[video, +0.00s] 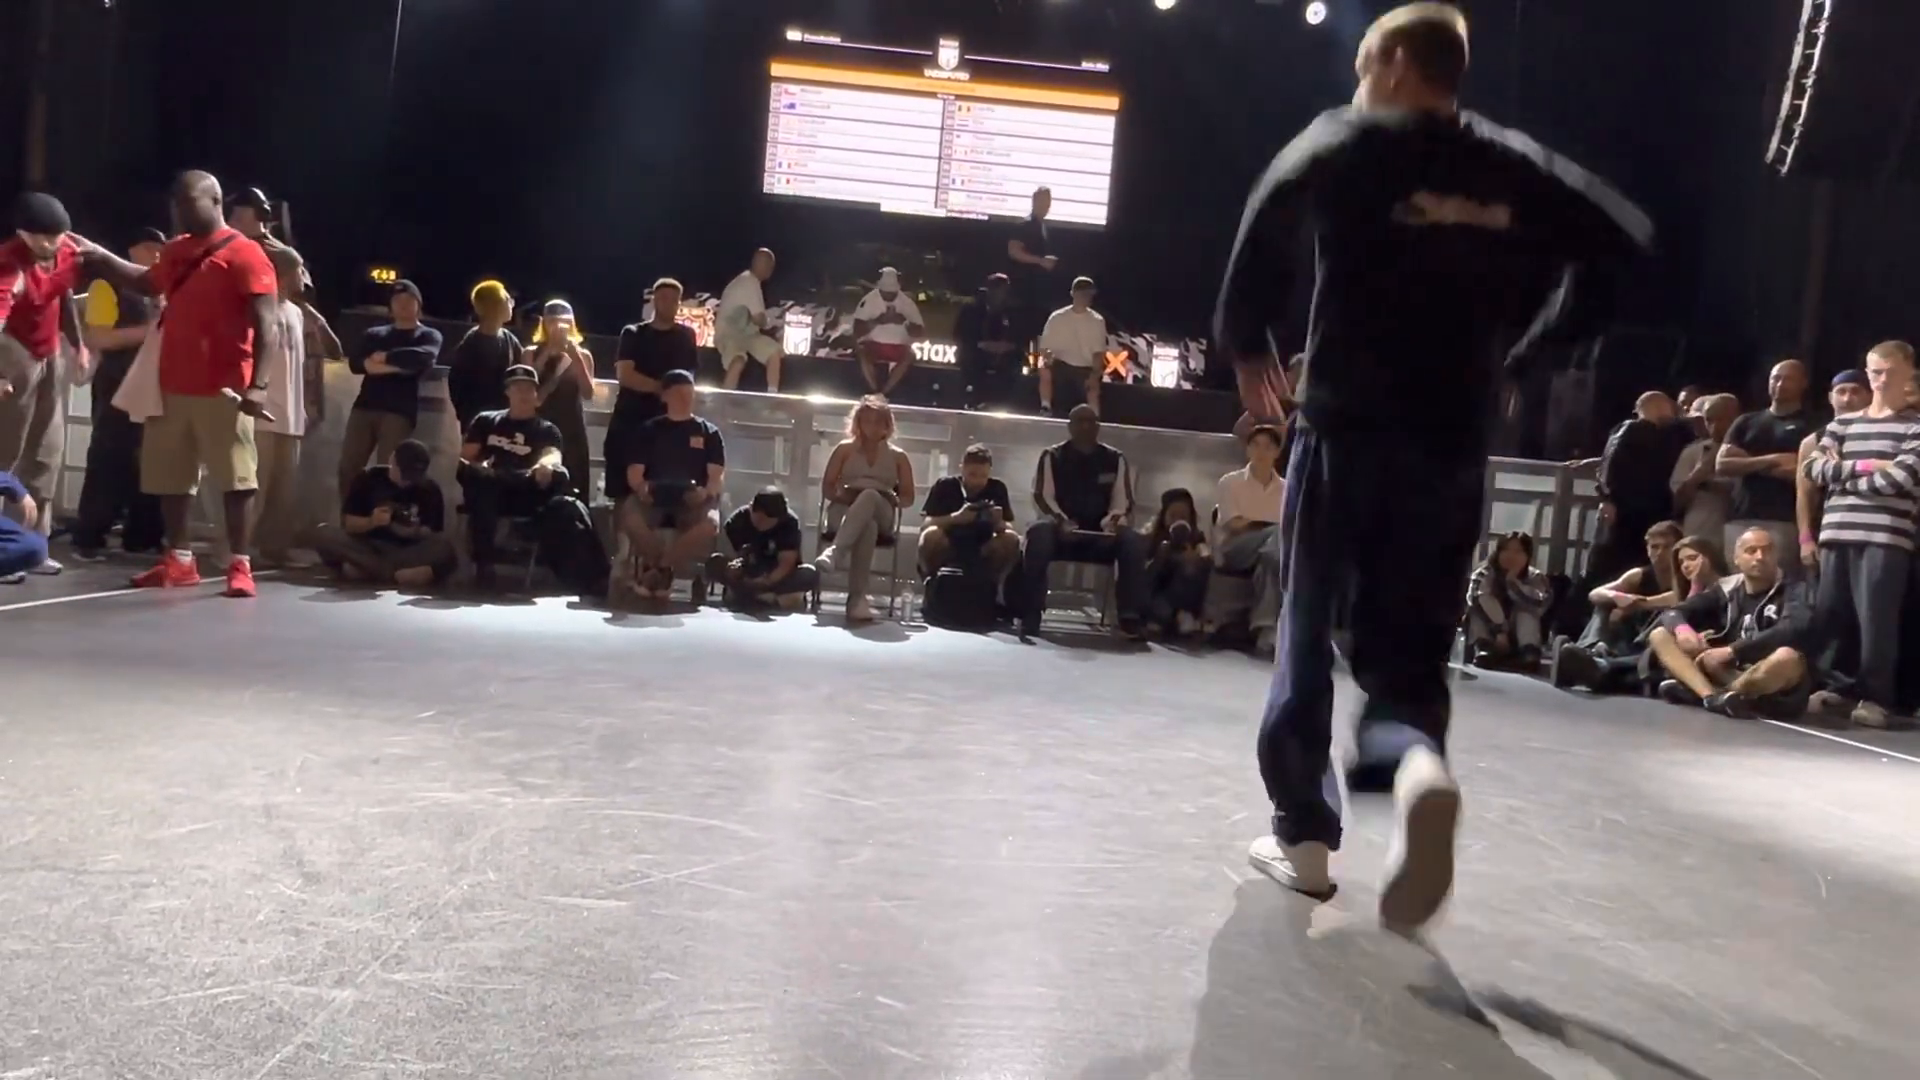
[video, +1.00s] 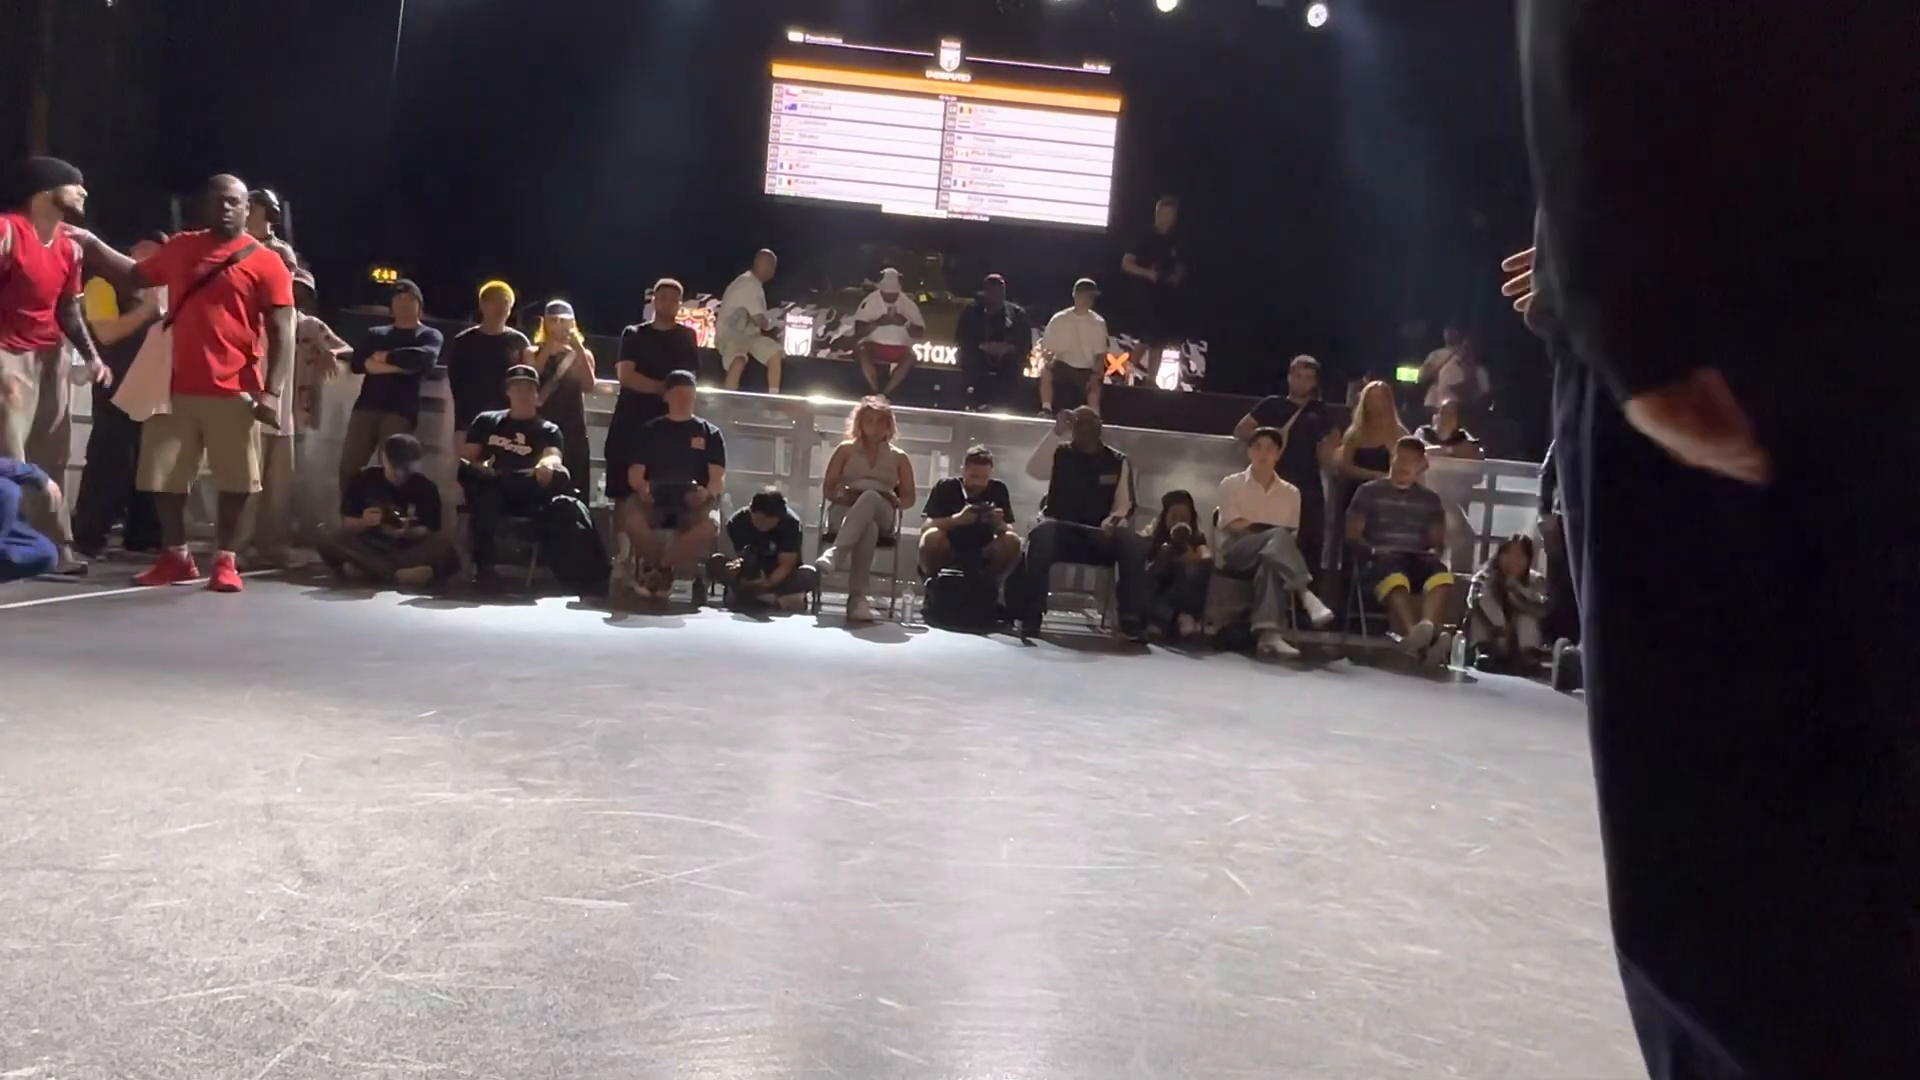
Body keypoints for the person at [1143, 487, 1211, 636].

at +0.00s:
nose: (1178, 521)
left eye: (1183, 516)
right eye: (1172, 515)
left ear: (1192, 516)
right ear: (1163, 516)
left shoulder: (1197, 539)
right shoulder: (1151, 540)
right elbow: (1147, 572)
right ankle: (1182, 615)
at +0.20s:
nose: (1178, 522)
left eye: (1183, 516)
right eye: (1173, 516)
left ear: (1191, 517)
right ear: (1163, 516)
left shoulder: (1197, 538)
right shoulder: (1152, 539)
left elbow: (1207, 562)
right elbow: (1147, 572)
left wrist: (1190, 551)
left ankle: (1192, 615)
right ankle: (1183, 614)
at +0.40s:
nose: (1179, 522)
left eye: (1184, 517)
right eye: (1174, 516)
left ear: (1192, 517)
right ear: (1164, 516)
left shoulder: (1197, 537)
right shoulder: (1152, 537)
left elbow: (1206, 559)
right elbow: (1147, 569)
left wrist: (1186, 545)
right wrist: (1165, 549)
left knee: (1197, 567)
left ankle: (1187, 613)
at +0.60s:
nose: (1179, 523)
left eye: (1184, 517)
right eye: (1174, 517)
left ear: (1192, 518)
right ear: (1164, 516)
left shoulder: (1196, 538)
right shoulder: (1152, 537)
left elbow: (1207, 558)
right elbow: (1147, 569)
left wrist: (1187, 549)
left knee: (1195, 567)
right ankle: (1184, 615)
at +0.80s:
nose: (1180, 523)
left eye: (1185, 518)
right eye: (1175, 518)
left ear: (1192, 518)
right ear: (1165, 517)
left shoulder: (1197, 538)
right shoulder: (1152, 538)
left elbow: (1207, 559)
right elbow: (1148, 572)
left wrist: (1188, 550)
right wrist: (1166, 553)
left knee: (1199, 568)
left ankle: (1190, 617)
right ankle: (1186, 616)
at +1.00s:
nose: (1179, 522)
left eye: (1184, 517)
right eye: (1174, 516)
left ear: (1192, 517)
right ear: (1164, 516)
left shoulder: (1197, 539)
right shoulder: (1151, 539)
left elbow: (1207, 558)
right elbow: (1148, 572)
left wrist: (1191, 555)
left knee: (1196, 568)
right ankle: (1185, 616)